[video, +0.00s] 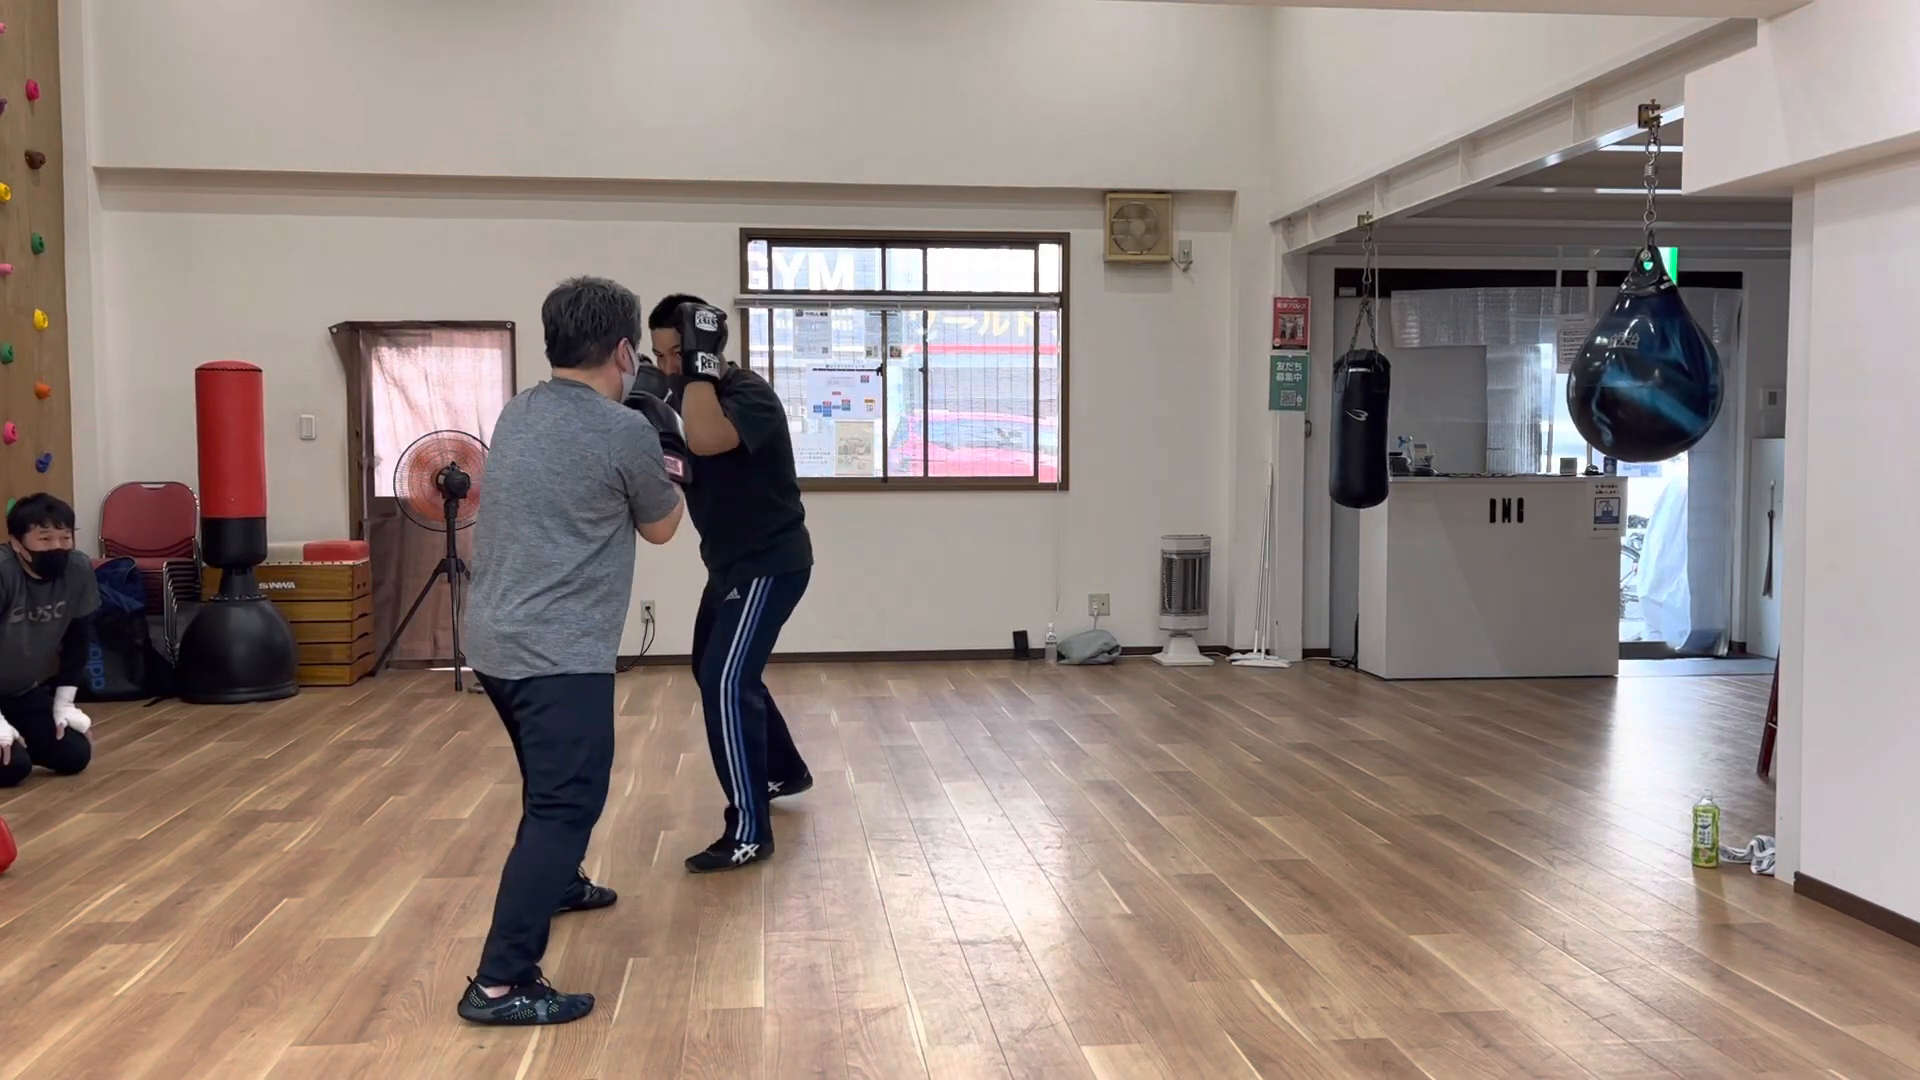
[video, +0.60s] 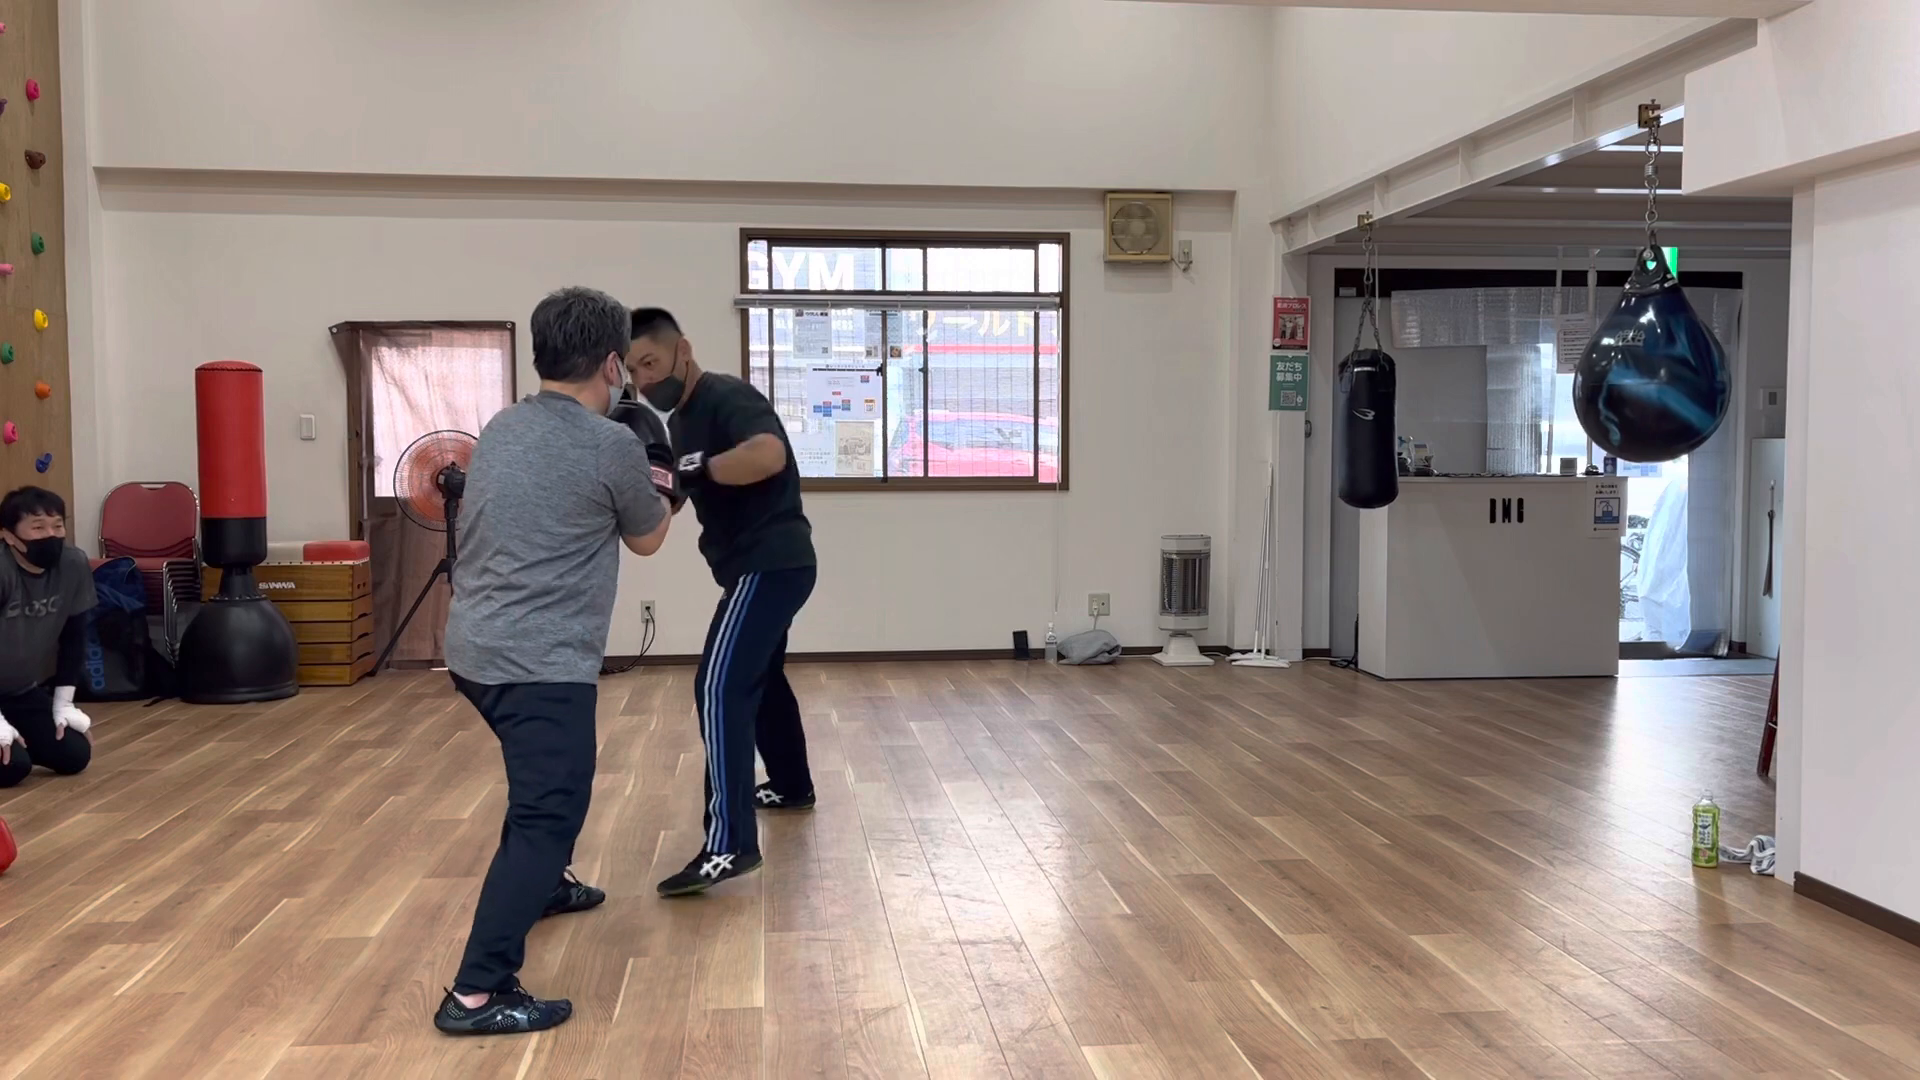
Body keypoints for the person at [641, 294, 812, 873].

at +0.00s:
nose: (667, 365)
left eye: (674, 353)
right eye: (660, 355)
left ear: (705, 348)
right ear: (657, 356)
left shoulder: (751, 396)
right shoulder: (693, 403)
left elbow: (706, 437)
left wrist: (701, 365)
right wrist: (645, 410)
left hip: (768, 565)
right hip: (730, 565)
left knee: (724, 677)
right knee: (714, 666)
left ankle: (748, 833)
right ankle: (784, 769)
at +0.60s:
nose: (646, 379)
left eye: (652, 363)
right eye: (637, 370)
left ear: (684, 350)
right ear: (632, 373)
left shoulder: (728, 396)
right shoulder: (676, 418)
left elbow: (770, 456)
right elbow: (670, 500)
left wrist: (696, 469)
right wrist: (648, 472)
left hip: (772, 563)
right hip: (746, 566)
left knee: (718, 687)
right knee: (761, 679)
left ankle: (730, 846)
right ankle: (791, 785)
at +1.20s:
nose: (644, 366)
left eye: (652, 353)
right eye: (636, 359)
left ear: (687, 346)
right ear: (633, 364)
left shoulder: (722, 384)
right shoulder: (670, 418)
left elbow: (773, 418)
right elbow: (669, 503)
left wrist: (694, 411)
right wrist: (630, 448)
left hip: (777, 555)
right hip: (745, 562)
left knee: (736, 680)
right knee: (756, 673)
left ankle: (731, 842)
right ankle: (792, 783)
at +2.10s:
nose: (618, 345)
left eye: (629, 331)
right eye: (610, 334)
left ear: (666, 327)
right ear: (608, 334)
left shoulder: (691, 379)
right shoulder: (639, 396)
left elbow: (679, 425)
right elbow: (597, 460)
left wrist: (595, 400)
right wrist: (580, 389)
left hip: (704, 564)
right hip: (676, 566)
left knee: (648, 692)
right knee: (687, 674)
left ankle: (656, 854)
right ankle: (760, 767)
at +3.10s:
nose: (599, 334)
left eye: (608, 320)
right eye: (595, 323)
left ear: (651, 316)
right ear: (633, 324)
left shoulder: (670, 369)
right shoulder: (645, 377)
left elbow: (644, 429)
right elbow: (604, 451)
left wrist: (563, 390)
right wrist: (581, 382)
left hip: (686, 567)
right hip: (705, 562)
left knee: (633, 699)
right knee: (709, 686)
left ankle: (652, 862)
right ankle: (750, 803)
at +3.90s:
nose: (613, 320)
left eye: (624, 306)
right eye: (603, 310)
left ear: (658, 303)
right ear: (594, 314)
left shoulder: (687, 356)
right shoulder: (610, 394)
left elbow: (699, 393)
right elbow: (582, 473)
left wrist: (620, 333)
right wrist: (555, 398)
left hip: (687, 574)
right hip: (641, 578)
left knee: (641, 719)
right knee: (671, 706)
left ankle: (654, 895)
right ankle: (750, 813)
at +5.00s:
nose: (605, 345)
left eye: (617, 331)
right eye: (594, 334)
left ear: (650, 324)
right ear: (584, 334)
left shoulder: (693, 383)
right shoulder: (593, 391)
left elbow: (712, 476)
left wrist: (668, 398)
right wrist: (553, 397)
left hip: (696, 573)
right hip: (631, 577)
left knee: (680, 717)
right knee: (620, 707)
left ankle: (696, 880)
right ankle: (670, 812)